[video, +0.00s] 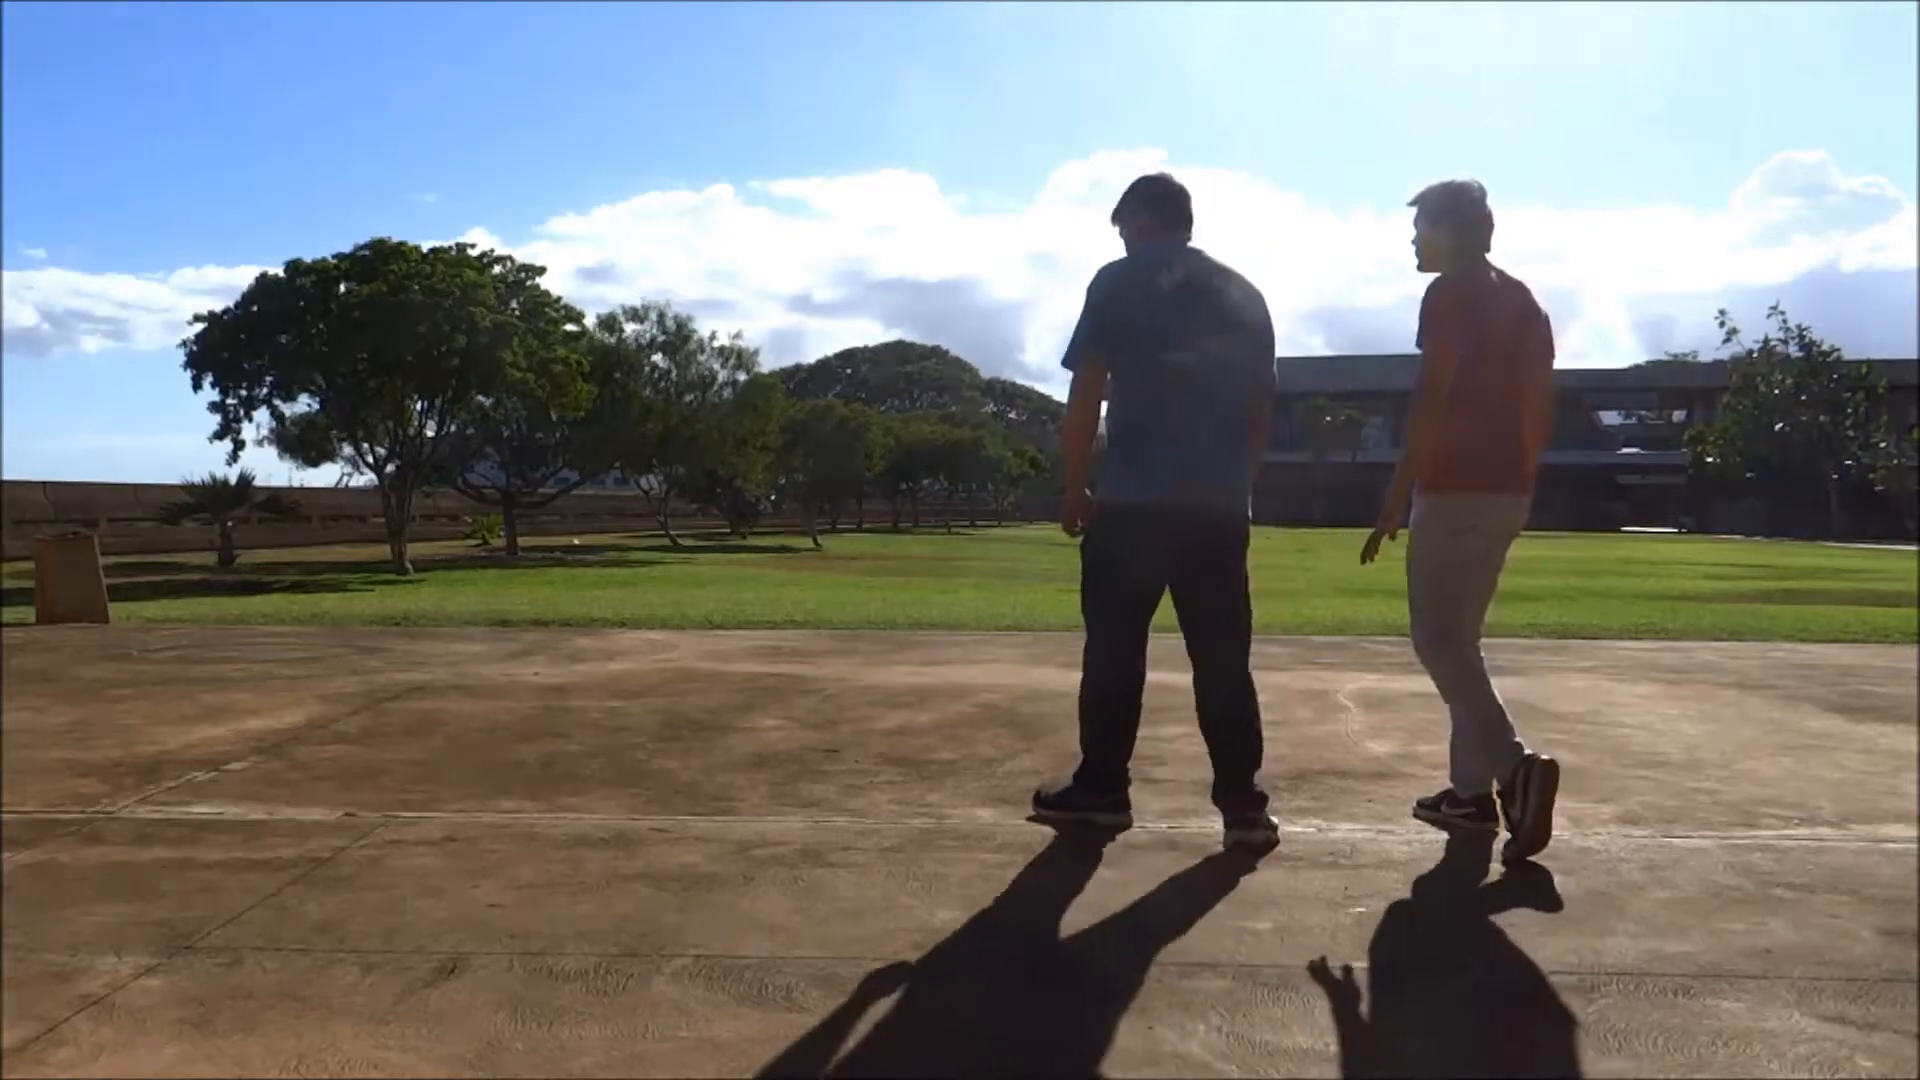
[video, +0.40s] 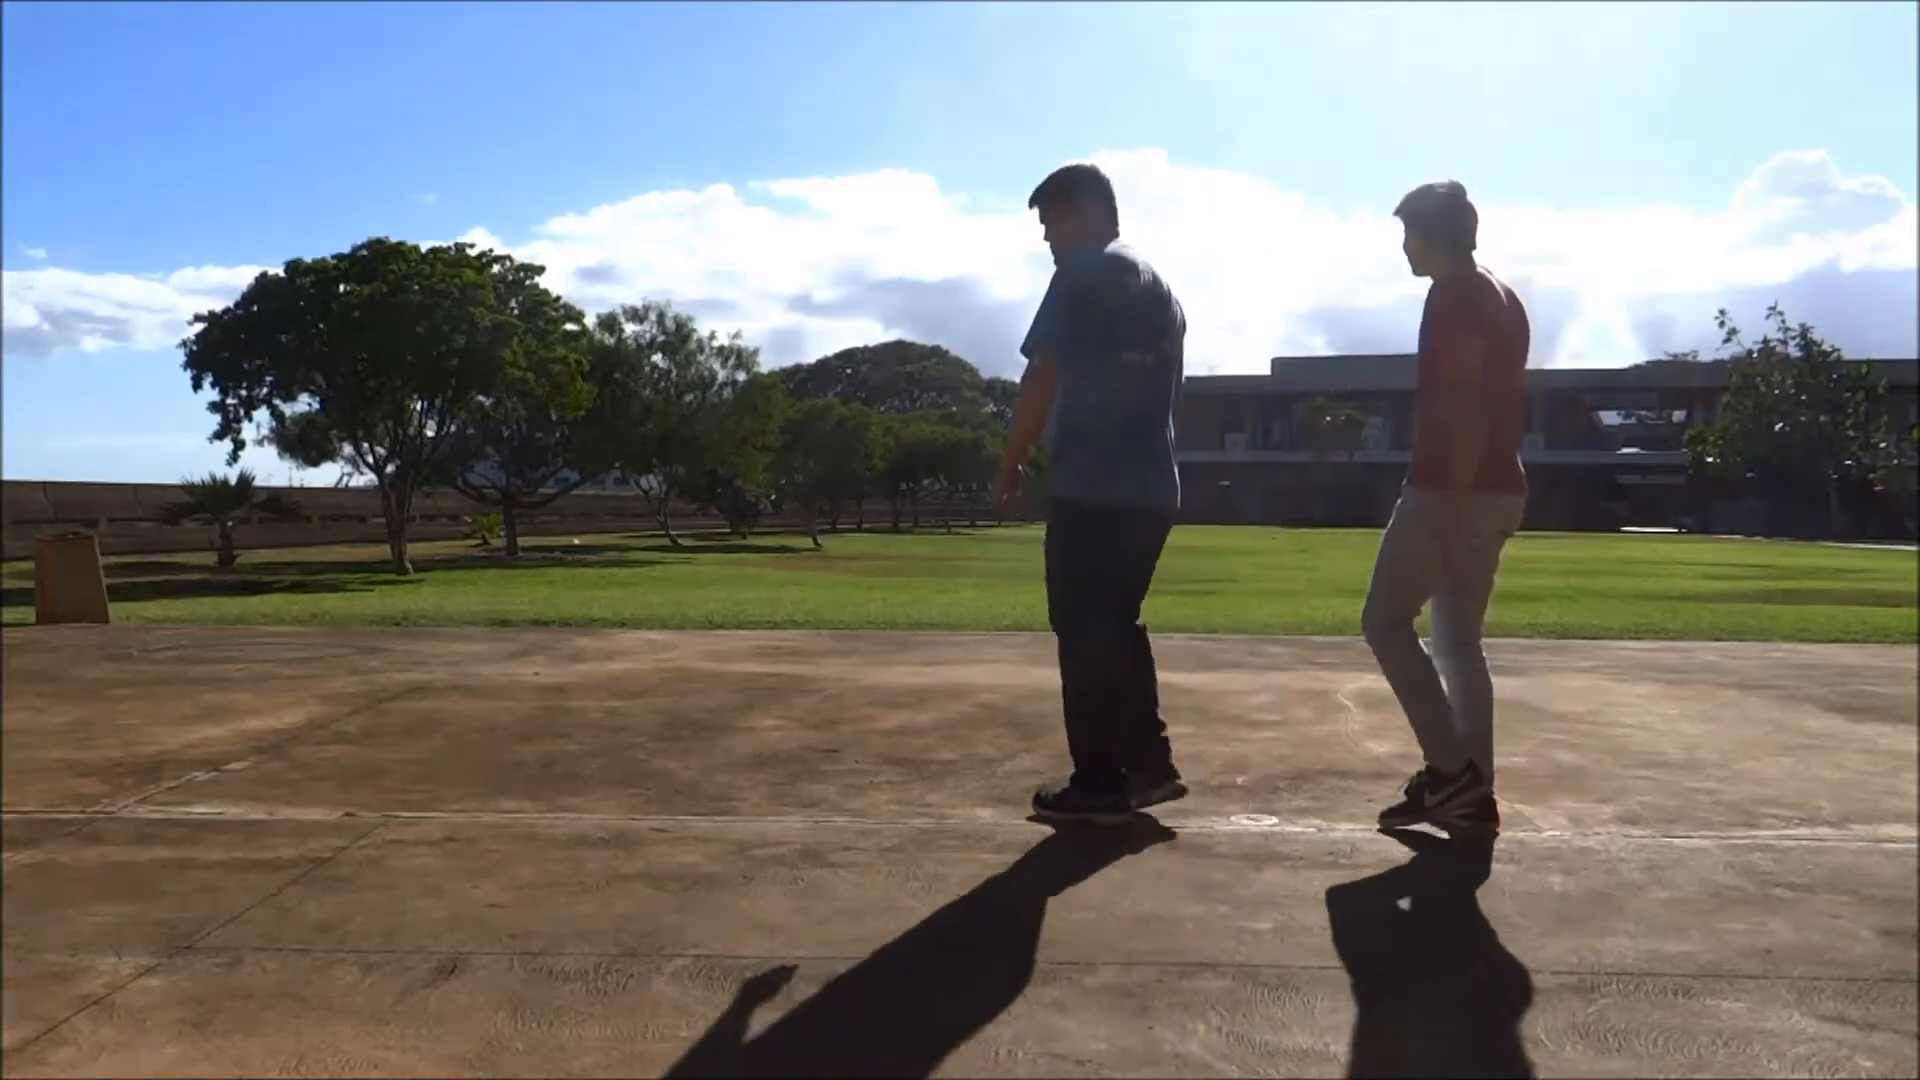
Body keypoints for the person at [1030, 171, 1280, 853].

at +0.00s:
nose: (1121, 240)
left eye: (1123, 228)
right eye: (1122, 229)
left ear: (1140, 222)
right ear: (1185, 221)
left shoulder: (1118, 282)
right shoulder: (1244, 294)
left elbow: (1086, 399)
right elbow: (1258, 414)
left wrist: (1075, 488)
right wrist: (1237, 489)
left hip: (1128, 507)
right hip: (1216, 511)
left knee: (1113, 654)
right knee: (1224, 661)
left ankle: (1100, 790)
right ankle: (1243, 808)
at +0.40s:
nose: (1048, 238)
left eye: (1052, 222)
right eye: (1044, 225)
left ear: (1087, 211)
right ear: (1108, 212)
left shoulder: (1078, 277)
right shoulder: (1160, 289)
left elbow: (1040, 379)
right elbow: (1162, 398)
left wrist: (1011, 463)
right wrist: (1135, 463)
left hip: (1089, 492)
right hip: (1149, 491)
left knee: (1083, 630)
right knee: (1118, 621)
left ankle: (1098, 783)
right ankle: (1147, 766)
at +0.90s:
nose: (1025, 213)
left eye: (1039, 199)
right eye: (1015, 202)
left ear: (1072, 203)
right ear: (1006, 211)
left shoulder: (1116, 278)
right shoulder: (994, 296)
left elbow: (1146, 375)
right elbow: (957, 391)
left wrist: (1060, 412)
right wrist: (917, 460)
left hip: (1095, 488)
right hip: (1028, 491)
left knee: (1055, 631)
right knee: (1053, 628)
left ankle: (1018, 790)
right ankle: (1107, 760)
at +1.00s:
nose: (1017, 214)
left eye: (1031, 200)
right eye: (1008, 203)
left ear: (1066, 205)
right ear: (1000, 210)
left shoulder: (1111, 284)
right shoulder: (984, 295)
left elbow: (1145, 379)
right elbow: (937, 384)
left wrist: (1078, 421)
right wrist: (898, 450)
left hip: (1083, 492)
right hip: (1012, 496)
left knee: (1049, 637)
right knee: (1041, 635)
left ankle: (1015, 800)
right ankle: (1101, 756)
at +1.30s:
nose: (994, 206)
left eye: (1009, 192)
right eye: (983, 194)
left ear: (1042, 194)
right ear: (972, 200)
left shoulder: (1086, 277)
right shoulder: (952, 286)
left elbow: (1117, 378)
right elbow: (919, 383)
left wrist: (1081, 472)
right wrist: (896, 452)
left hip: (1045, 490)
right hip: (967, 492)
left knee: (1020, 634)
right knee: (954, 626)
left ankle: (1005, 803)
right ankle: (1024, 740)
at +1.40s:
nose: (982, 202)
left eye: (996, 188)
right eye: (971, 191)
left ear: (1032, 191)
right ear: (962, 199)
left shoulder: (1075, 274)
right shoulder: (942, 285)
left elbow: (1105, 382)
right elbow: (913, 390)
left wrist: (1086, 476)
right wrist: (890, 465)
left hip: (1037, 494)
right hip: (955, 494)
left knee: (1018, 647)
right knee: (935, 634)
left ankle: (1007, 802)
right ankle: (954, 767)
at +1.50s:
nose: (970, 204)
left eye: (985, 189)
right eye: (960, 191)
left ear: (1021, 192)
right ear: (950, 197)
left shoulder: (1068, 275)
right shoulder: (930, 286)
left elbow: (1100, 383)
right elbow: (904, 394)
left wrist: (1088, 478)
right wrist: (881, 484)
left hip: (1029, 496)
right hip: (944, 493)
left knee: (1012, 653)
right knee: (915, 643)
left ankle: (1007, 801)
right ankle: (898, 789)